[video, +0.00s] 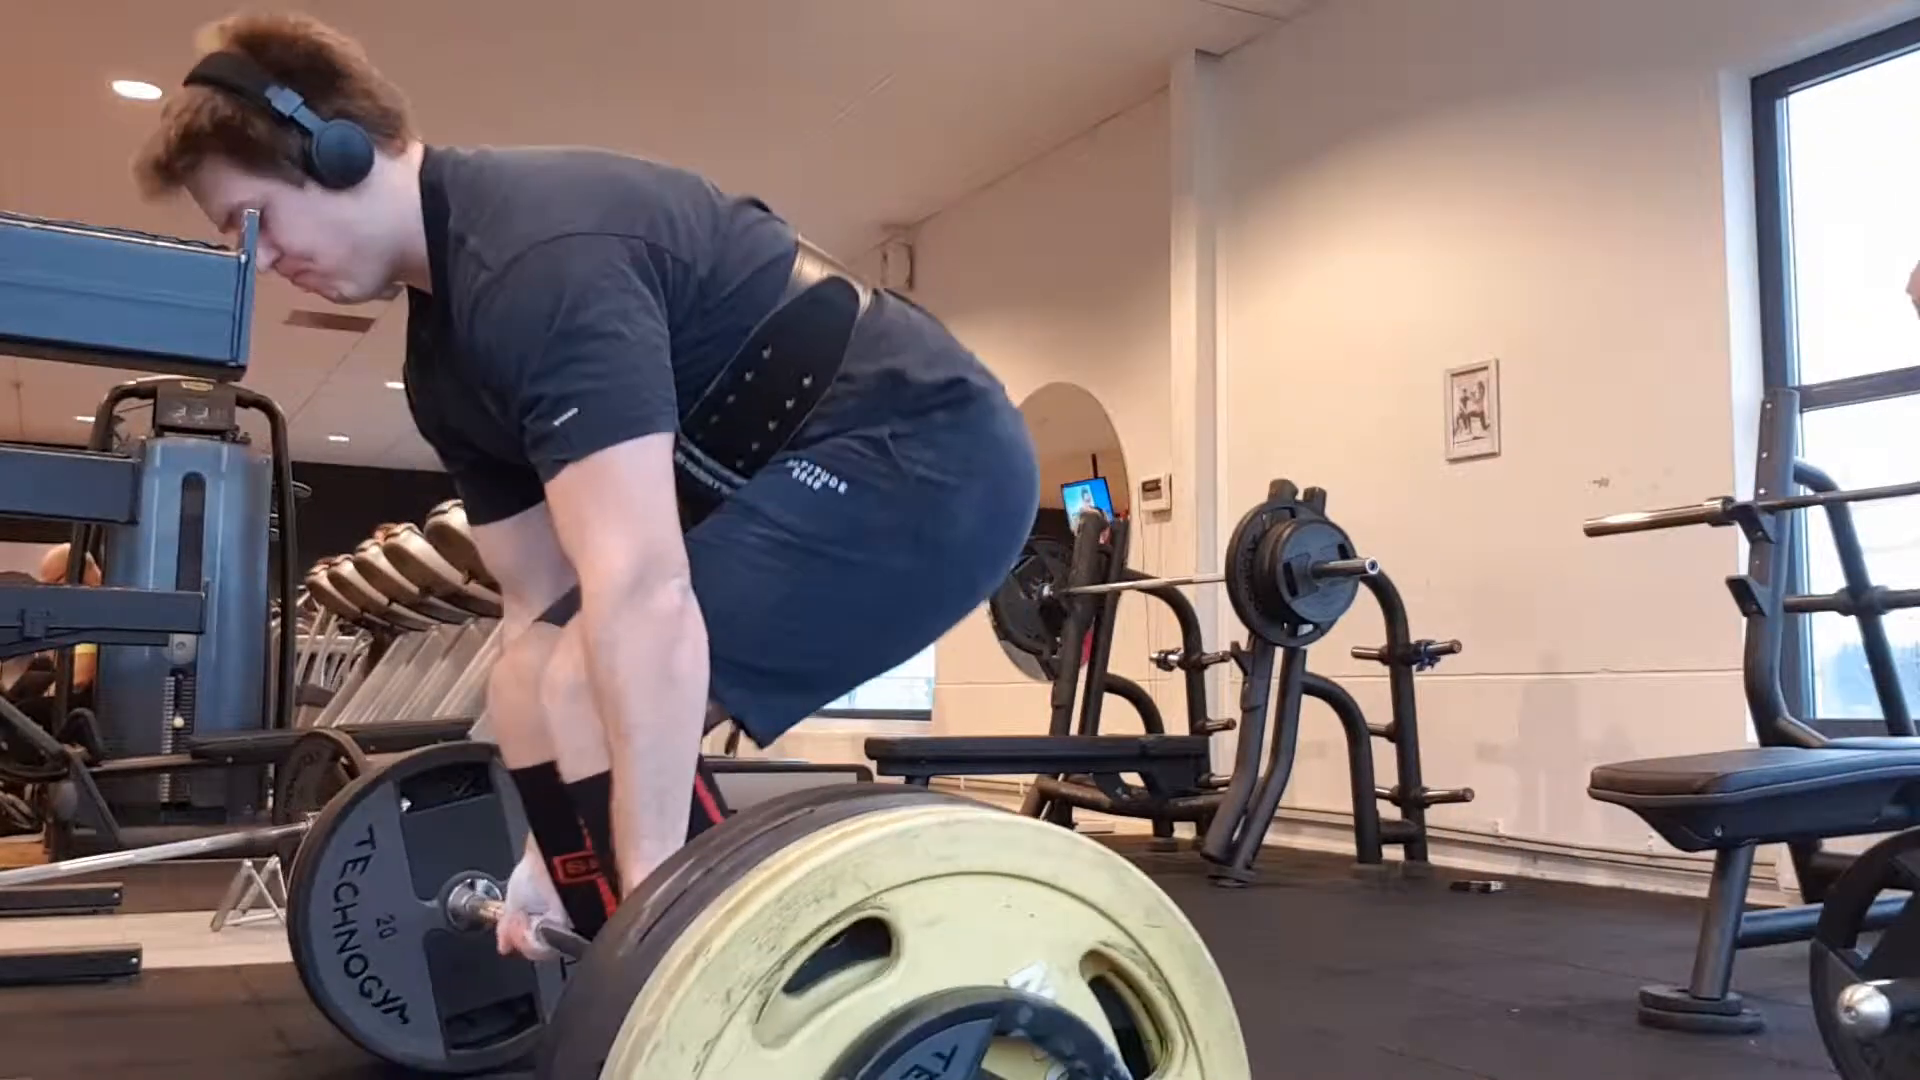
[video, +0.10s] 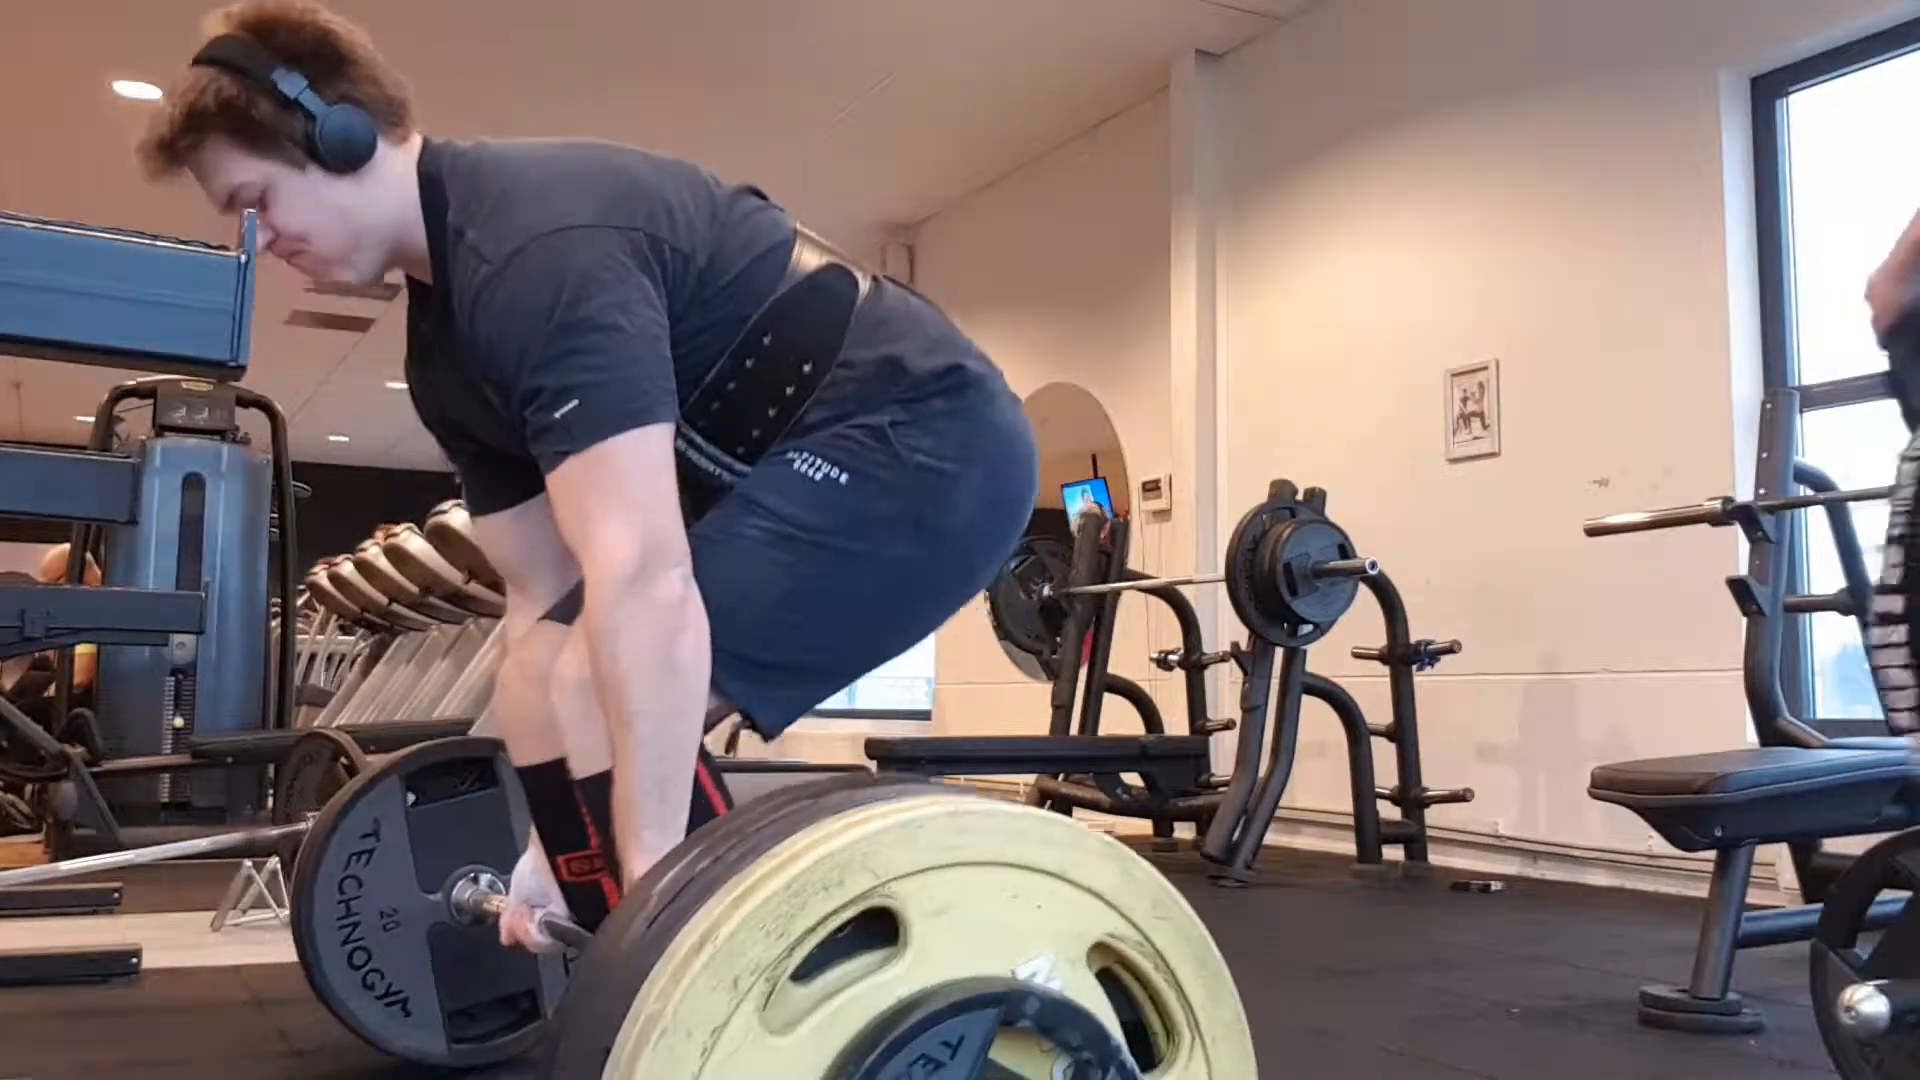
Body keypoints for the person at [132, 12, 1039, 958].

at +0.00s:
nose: (262, 266)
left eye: (255, 222)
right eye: (239, 244)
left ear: (333, 141)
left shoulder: (544, 261)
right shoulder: (442, 357)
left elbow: (643, 593)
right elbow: (547, 608)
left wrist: (661, 915)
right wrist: (547, 864)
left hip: (914, 444)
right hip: (807, 469)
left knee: (590, 681)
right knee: (521, 680)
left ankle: (712, 978)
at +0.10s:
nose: (260, 249)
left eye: (255, 205)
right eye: (239, 225)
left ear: (332, 130)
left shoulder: (545, 251)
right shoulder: (440, 347)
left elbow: (647, 582)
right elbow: (549, 596)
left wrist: (657, 902)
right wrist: (555, 855)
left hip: (915, 429)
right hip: (808, 458)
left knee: (597, 684)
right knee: (528, 675)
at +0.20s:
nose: (264, 215)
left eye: (260, 172)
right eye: (243, 192)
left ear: (339, 106)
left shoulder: (550, 234)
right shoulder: (445, 334)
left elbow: (653, 568)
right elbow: (547, 581)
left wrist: (668, 890)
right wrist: (553, 849)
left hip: (917, 416)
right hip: (814, 448)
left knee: (611, 676)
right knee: (539, 676)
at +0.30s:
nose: (269, 185)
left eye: (270, 141)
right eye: (251, 161)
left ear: (358, 78)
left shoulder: (562, 205)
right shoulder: (455, 307)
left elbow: (659, 537)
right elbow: (546, 555)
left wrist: (656, 856)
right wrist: (552, 812)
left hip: (919, 404)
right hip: (808, 437)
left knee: (627, 690)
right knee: (553, 670)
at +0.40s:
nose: (273, 135)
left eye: (277, 92)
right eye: (258, 106)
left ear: (375, 44)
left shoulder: (571, 164)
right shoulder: (461, 273)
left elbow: (663, 488)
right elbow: (550, 527)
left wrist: (659, 812)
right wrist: (546, 787)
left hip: (921, 381)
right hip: (797, 421)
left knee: (681, 696)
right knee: (570, 662)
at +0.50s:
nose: (276, 68)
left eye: (289, 23)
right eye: (268, 37)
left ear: (405, 2)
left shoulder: (581, 116)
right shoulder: (470, 221)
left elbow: (667, 446)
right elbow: (549, 483)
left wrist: (670, 756)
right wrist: (561, 735)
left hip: (915, 364)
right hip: (787, 403)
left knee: (722, 694)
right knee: (592, 645)